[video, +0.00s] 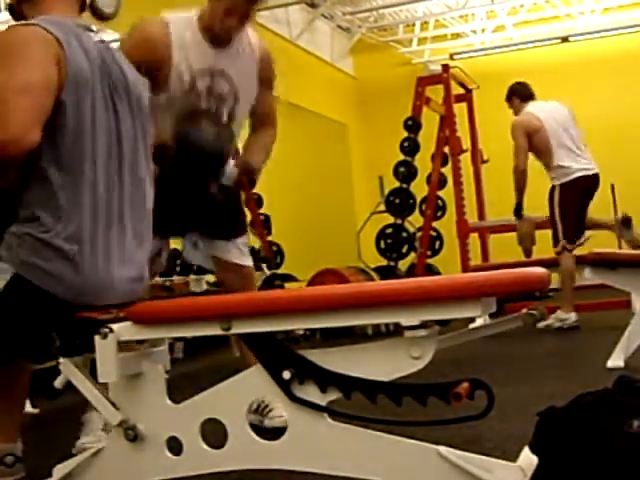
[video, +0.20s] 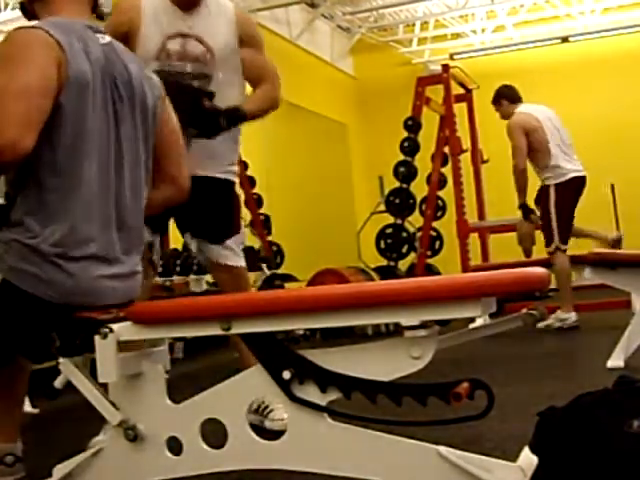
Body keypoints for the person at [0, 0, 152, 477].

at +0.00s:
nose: (14, 8)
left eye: (15, 5)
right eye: (17, 7)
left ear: (22, 2)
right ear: (82, 5)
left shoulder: (31, 38)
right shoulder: (126, 69)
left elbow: (16, 135)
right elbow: (143, 161)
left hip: (53, 269)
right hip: (127, 272)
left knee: (9, 354)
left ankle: (8, 452)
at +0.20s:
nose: (22, 10)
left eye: (24, 7)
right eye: (24, 8)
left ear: (32, 4)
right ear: (95, 6)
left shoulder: (35, 42)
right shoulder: (142, 74)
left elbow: (13, 141)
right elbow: (176, 183)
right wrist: (114, 209)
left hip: (39, 276)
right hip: (118, 283)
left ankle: (8, 451)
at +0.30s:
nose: (30, 11)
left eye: (31, 9)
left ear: (40, 4)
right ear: (108, 7)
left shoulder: (37, 41)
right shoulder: (149, 74)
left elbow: (10, 143)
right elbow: (191, 176)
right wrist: (121, 207)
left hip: (40, 276)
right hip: (120, 281)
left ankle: (7, 446)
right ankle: (7, 444)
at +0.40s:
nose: (34, 8)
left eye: (36, 5)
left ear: (44, 3)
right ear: (107, 3)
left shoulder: (37, 42)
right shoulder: (152, 72)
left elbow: (10, 143)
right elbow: (194, 175)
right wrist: (125, 198)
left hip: (38, 280)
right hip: (121, 286)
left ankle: (8, 450)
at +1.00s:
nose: (38, 10)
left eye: (40, 7)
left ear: (45, 3)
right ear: (105, 5)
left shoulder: (41, 46)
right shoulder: (154, 74)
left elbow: (11, 147)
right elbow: (194, 175)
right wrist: (130, 159)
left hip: (40, 283)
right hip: (125, 289)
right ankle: (37, 436)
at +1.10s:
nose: (35, 11)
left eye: (35, 8)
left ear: (42, 4)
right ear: (102, 4)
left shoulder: (44, 45)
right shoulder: (152, 71)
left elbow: (15, 143)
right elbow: (195, 176)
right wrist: (130, 161)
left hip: (41, 280)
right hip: (125, 287)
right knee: (61, 349)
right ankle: (35, 442)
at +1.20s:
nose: (35, 11)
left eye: (35, 8)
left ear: (42, 4)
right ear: (103, 4)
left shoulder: (46, 45)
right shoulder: (152, 71)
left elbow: (18, 142)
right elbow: (195, 175)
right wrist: (131, 159)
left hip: (42, 277)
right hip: (125, 284)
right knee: (50, 337)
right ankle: (28, 439)